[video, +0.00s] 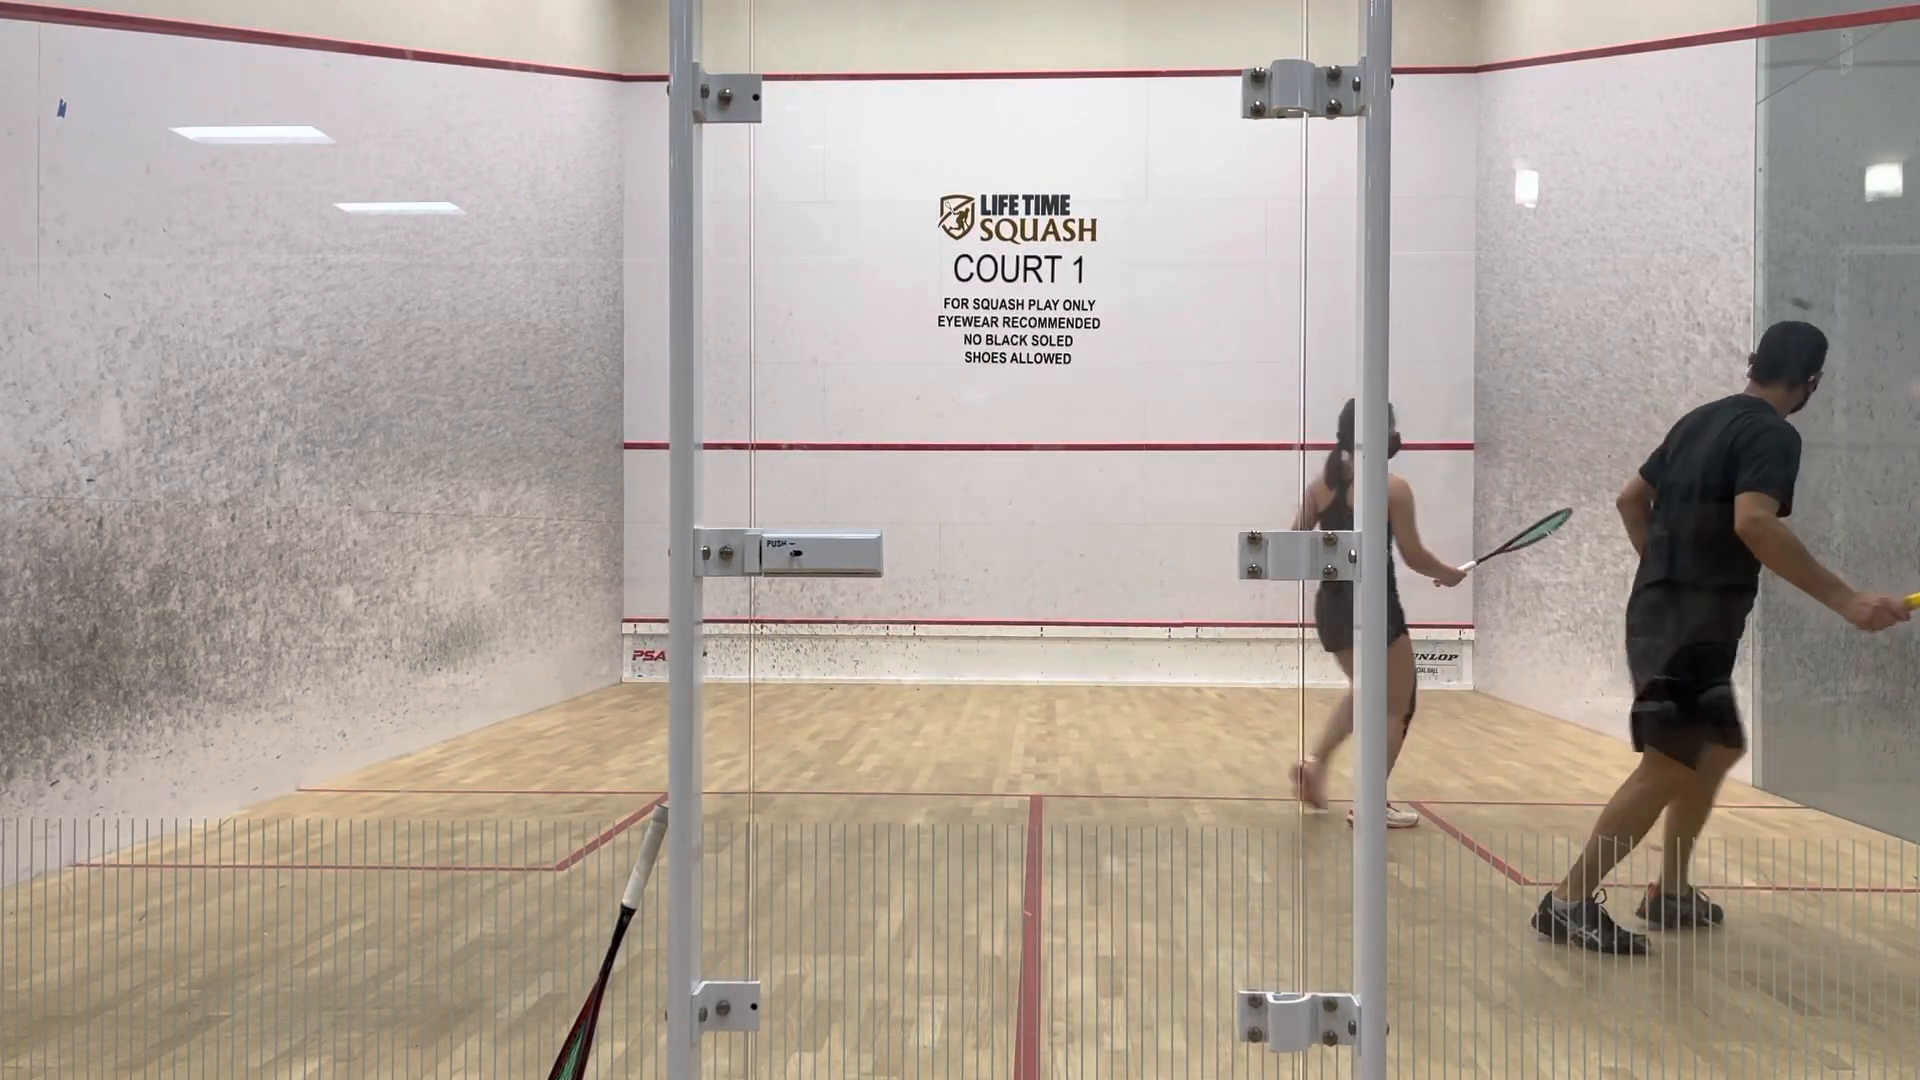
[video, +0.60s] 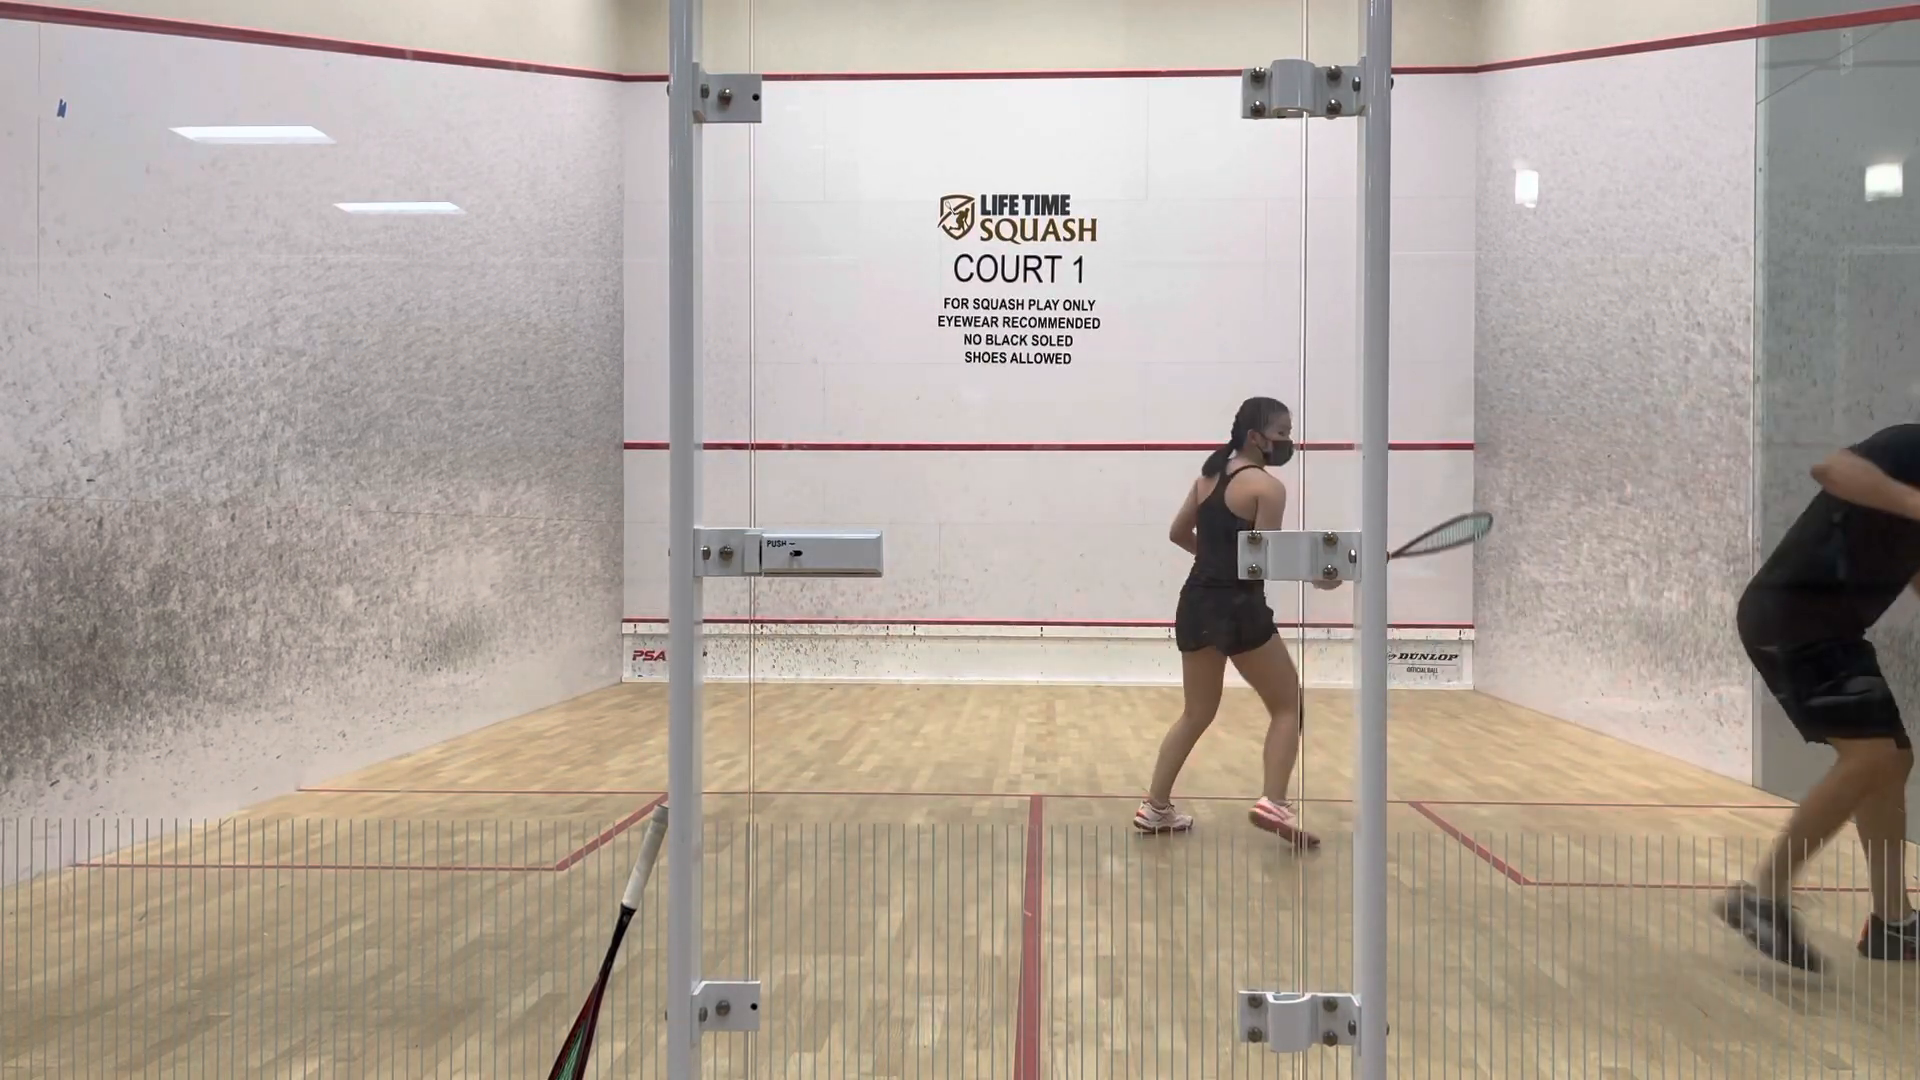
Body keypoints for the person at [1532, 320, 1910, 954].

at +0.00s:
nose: (1815, 391)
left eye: (1817, 381)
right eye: (1818, 381)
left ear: (1751, 366)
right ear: (1809, 380)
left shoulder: (1699, 419)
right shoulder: (1772, 432)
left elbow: (1633, 500)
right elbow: (1754, 522)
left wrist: (1666, 571)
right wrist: (1850, 600)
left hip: (1658, 619)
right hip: (1694, 627)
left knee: (1721, 743)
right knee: (1671, 759)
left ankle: (1670, 890)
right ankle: (1570, 899)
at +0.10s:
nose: (1833, 393)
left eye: (1833, 382)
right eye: (1835, 383)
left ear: (1773, 366)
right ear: (1823, 383)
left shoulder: (1719, 418)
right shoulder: (1775, 432)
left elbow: (1649, 501)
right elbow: (1750, 521)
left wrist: (1688, 573)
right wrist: (1843, 600)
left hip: (1676, 614)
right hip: (1701, 623)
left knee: (1765, 734)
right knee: (1667, 763)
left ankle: (1708, 882)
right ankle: (1570, 898)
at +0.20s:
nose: (1872, 398)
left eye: (1876, 386)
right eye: (1873, 385)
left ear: (1819, 368)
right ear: (1849, 378)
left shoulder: (1746, 412)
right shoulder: (1797, 424)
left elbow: (1678, 492)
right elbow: (1761, 509)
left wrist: (1714, 566)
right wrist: (1844, 583)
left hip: (1700, 611)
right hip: (1718, 620)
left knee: (1787, 733)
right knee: (1676, 759)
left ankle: (1795, 897)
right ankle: (1576, 894)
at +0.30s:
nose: (1906, 414)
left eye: (1912, 403)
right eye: (1907, 399)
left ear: (1868, 376)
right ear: (1879, 378)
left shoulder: (1795, 420)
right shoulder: (1824, 429)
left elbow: (1716, 500)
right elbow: (1782, 506)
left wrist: (1783, 593)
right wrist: (1867, 568)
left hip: (1739, 621)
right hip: (1739, 626)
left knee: (1813, 752)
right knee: (1687, 766)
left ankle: (1870, 909)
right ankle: (1580, 890)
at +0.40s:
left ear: (1905, 392)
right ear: (1912, 391)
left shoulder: (1866, 451)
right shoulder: (1856, 441)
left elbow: (1800, 544)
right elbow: (1801, 506)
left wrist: (1835, 622)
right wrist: (1884, 551)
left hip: (1800, 636)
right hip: (1766, 635)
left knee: (1859, 762)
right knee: (1744, 783)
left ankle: (1890, 919)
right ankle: (1601, 881)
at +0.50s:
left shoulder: (1908, 469)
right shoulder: (1896, 444)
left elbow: (1867, 552)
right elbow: (1817, 492)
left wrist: (1901, 626)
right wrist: (1899, 532)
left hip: (1826, 630)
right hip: (1776, 628)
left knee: (1880, 759)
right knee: (1826, 779)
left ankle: (1892, 919)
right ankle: (1668, 861)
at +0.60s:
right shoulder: (1909, 445)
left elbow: (1910, 572)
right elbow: (1832, 469)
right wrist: (1912, 502)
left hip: (1832, 620)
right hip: (1789, 612)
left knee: (1891, 759)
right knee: (1869, 756)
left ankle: (1893, 919)